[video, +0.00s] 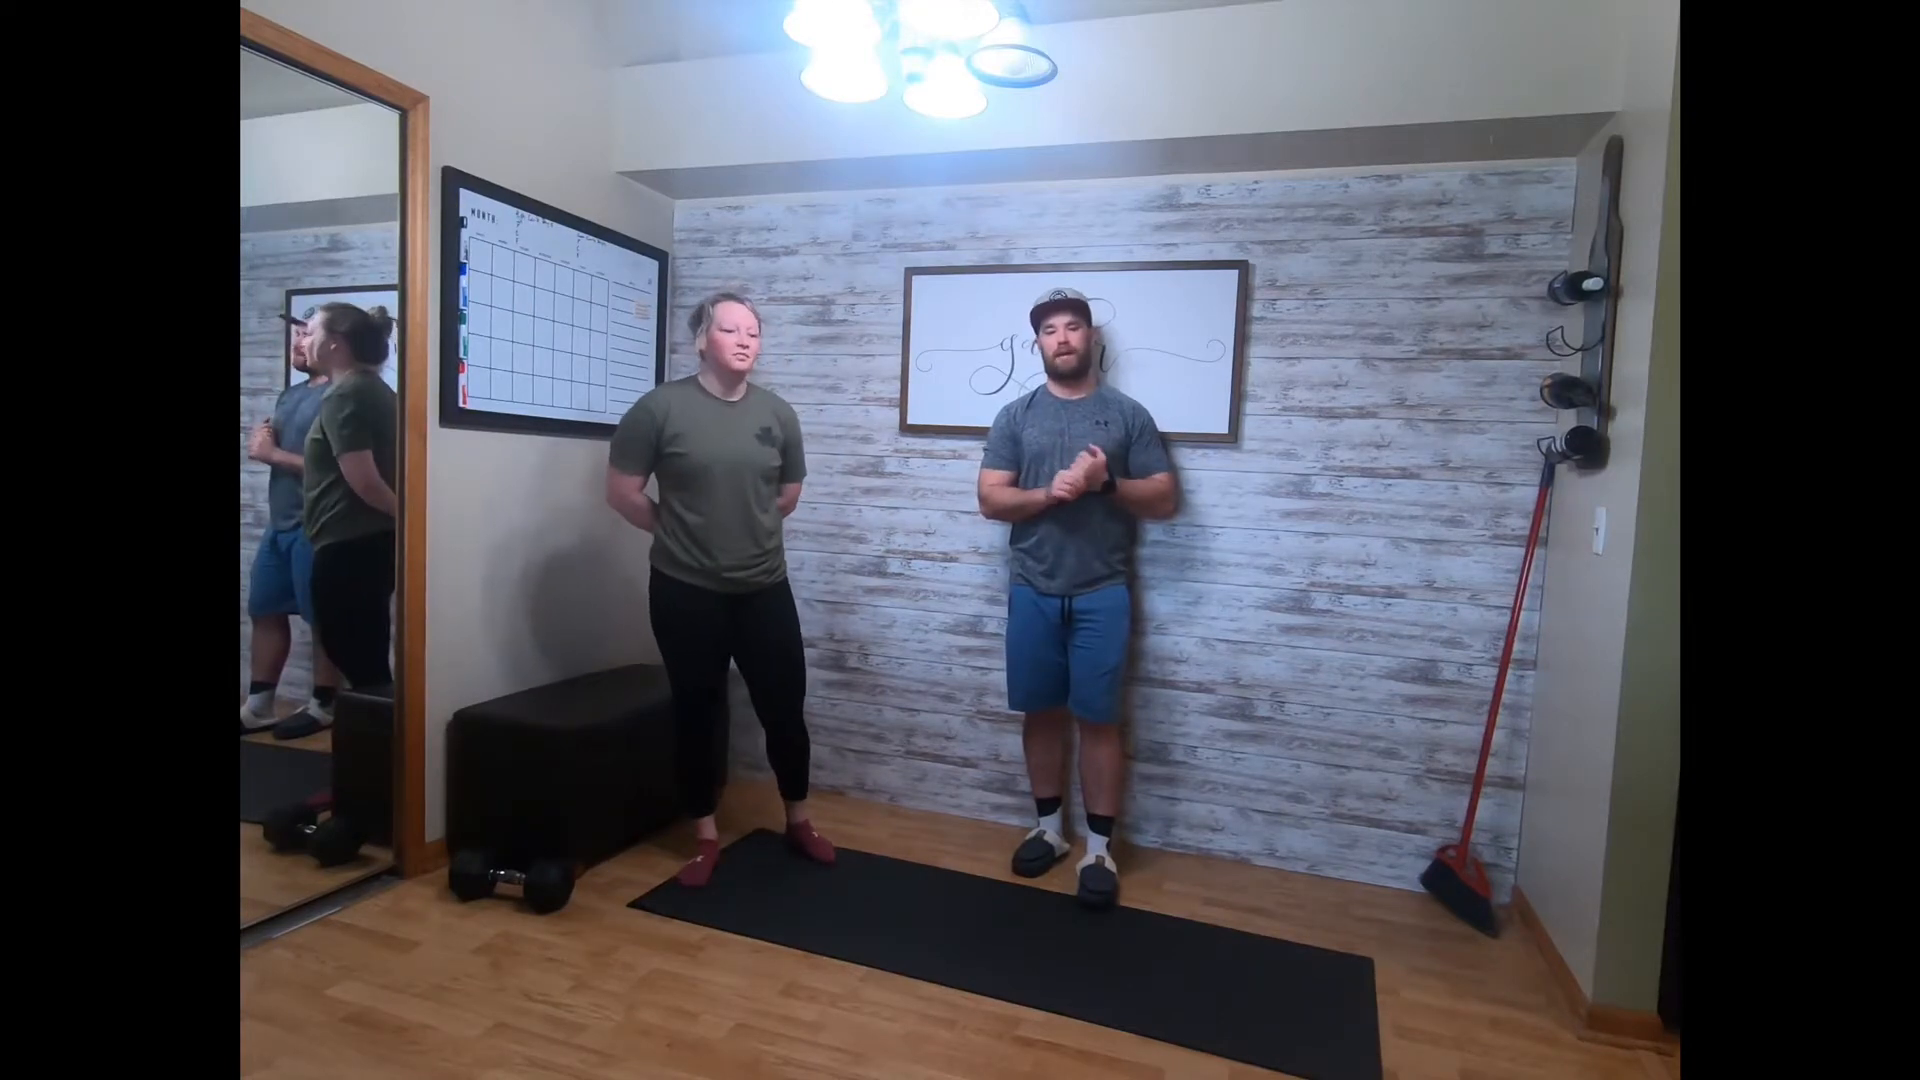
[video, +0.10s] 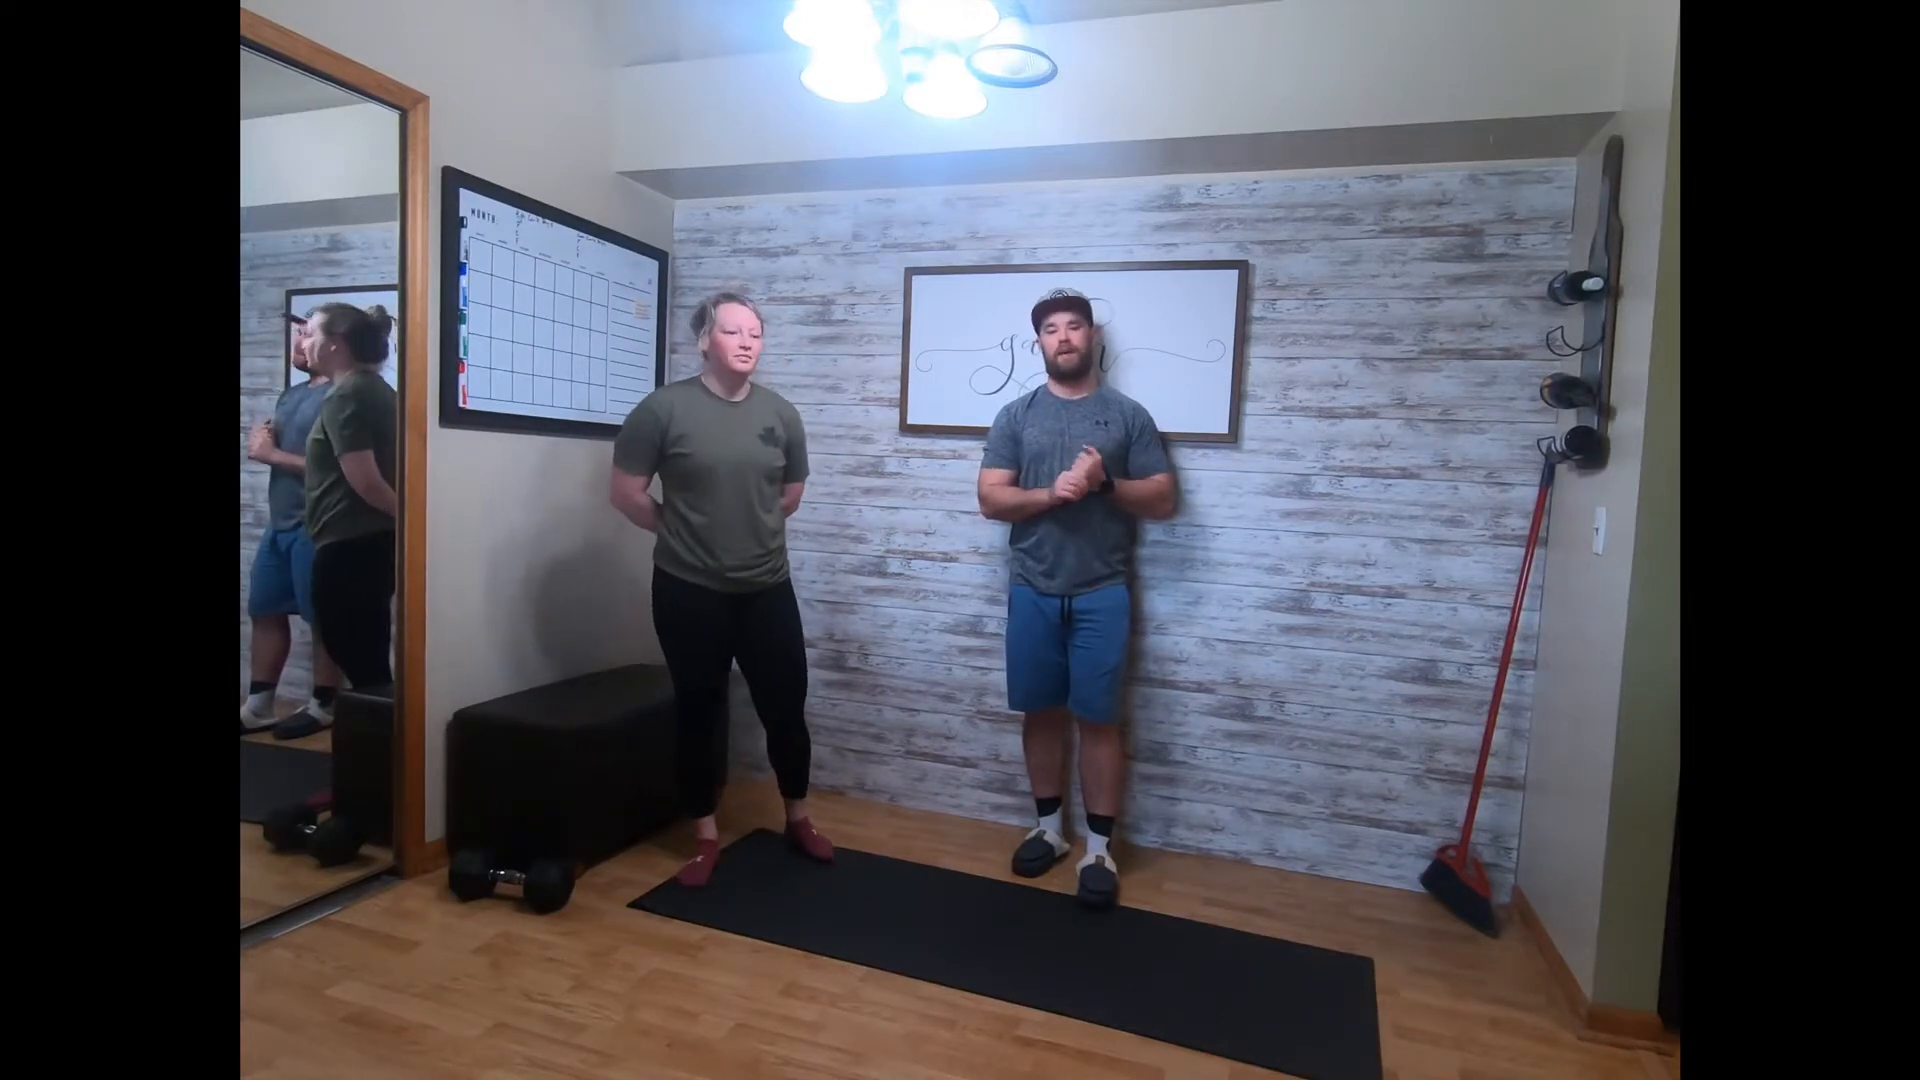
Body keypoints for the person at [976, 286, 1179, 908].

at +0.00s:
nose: (1063, 337)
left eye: (1073, 328)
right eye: (1051, 331)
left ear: (1092, 338)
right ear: (1037, 345)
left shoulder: (1126, 415)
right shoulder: (1016, 416)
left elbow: (1164, 499)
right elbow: (991, 498)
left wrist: (1107, 484)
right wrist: (1049, 492)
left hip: (1102, 584)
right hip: (1032, 584)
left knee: (1097, 714)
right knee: (1040, 709)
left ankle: (1098, 850)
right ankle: (1048, 831)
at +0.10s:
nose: (1064, 337)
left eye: (1074, 327)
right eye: (1052, 330)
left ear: (1093, 338)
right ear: (1039, 345)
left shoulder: (1126, 415)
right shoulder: (1016, 416)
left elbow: (1163, 500)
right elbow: (991, 499)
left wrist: (1107, 483)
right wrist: (1052, 493)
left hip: (1102, 585)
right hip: (1032, 585)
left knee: (1098, 715)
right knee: (1040, 709)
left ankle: (1098, 850)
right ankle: (1049, 831)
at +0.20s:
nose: (1065, 336)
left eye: (1075, 326)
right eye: (1053, 329)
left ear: (1094, 338)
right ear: (1040, 344)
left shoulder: (1127, 415)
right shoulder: (1016, 414)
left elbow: (1162, 500)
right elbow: (990, 496)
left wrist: (1105, 484)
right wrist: (1051, 493)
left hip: (1102, 584)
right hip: (1032, 584)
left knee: (1098, 714)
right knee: (1040, 709)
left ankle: (1098, 850)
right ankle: (1049, 830)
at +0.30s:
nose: (1066, 335)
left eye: (1076, 326)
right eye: (1054, 328)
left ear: (1095, 338)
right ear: (1041, 344)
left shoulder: (1127, 414)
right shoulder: (1016, 413)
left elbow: (1162, 500)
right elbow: (989, 495)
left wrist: (1105, 483)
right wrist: (1051, 492)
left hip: (1102, 584)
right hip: (1032, 584)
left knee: (1098, 714)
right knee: (1040, 709)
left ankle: (1098, 850)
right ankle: (1049, 830)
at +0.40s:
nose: (1065, 336)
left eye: (1075, 327)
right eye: (1053, 329)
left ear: (1095, 338)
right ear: (1041, 344)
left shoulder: (1127, 413)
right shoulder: (1016, 413)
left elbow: (1163, 499)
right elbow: (989, 495)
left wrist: (1104, 481)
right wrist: (1050, 492)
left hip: (1101, 584)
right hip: (1031, 583)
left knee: (1098, 714)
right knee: (1040, 709)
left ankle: (1098, 850)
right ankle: (1049, 830)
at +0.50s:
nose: (1065, 336)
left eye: (1076, 327)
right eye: (1054, 329)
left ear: (1096, 338)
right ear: (1041, 344)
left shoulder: (1127, 413)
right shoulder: (1016, 413)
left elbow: (1163, 498)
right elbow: (989, 495)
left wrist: (1103, 481)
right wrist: (1050, 492)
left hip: (1101, 584)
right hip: (1031, 584)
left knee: (1098, 715)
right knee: (1040, 709)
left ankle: (1098, 850)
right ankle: (1049, 830)